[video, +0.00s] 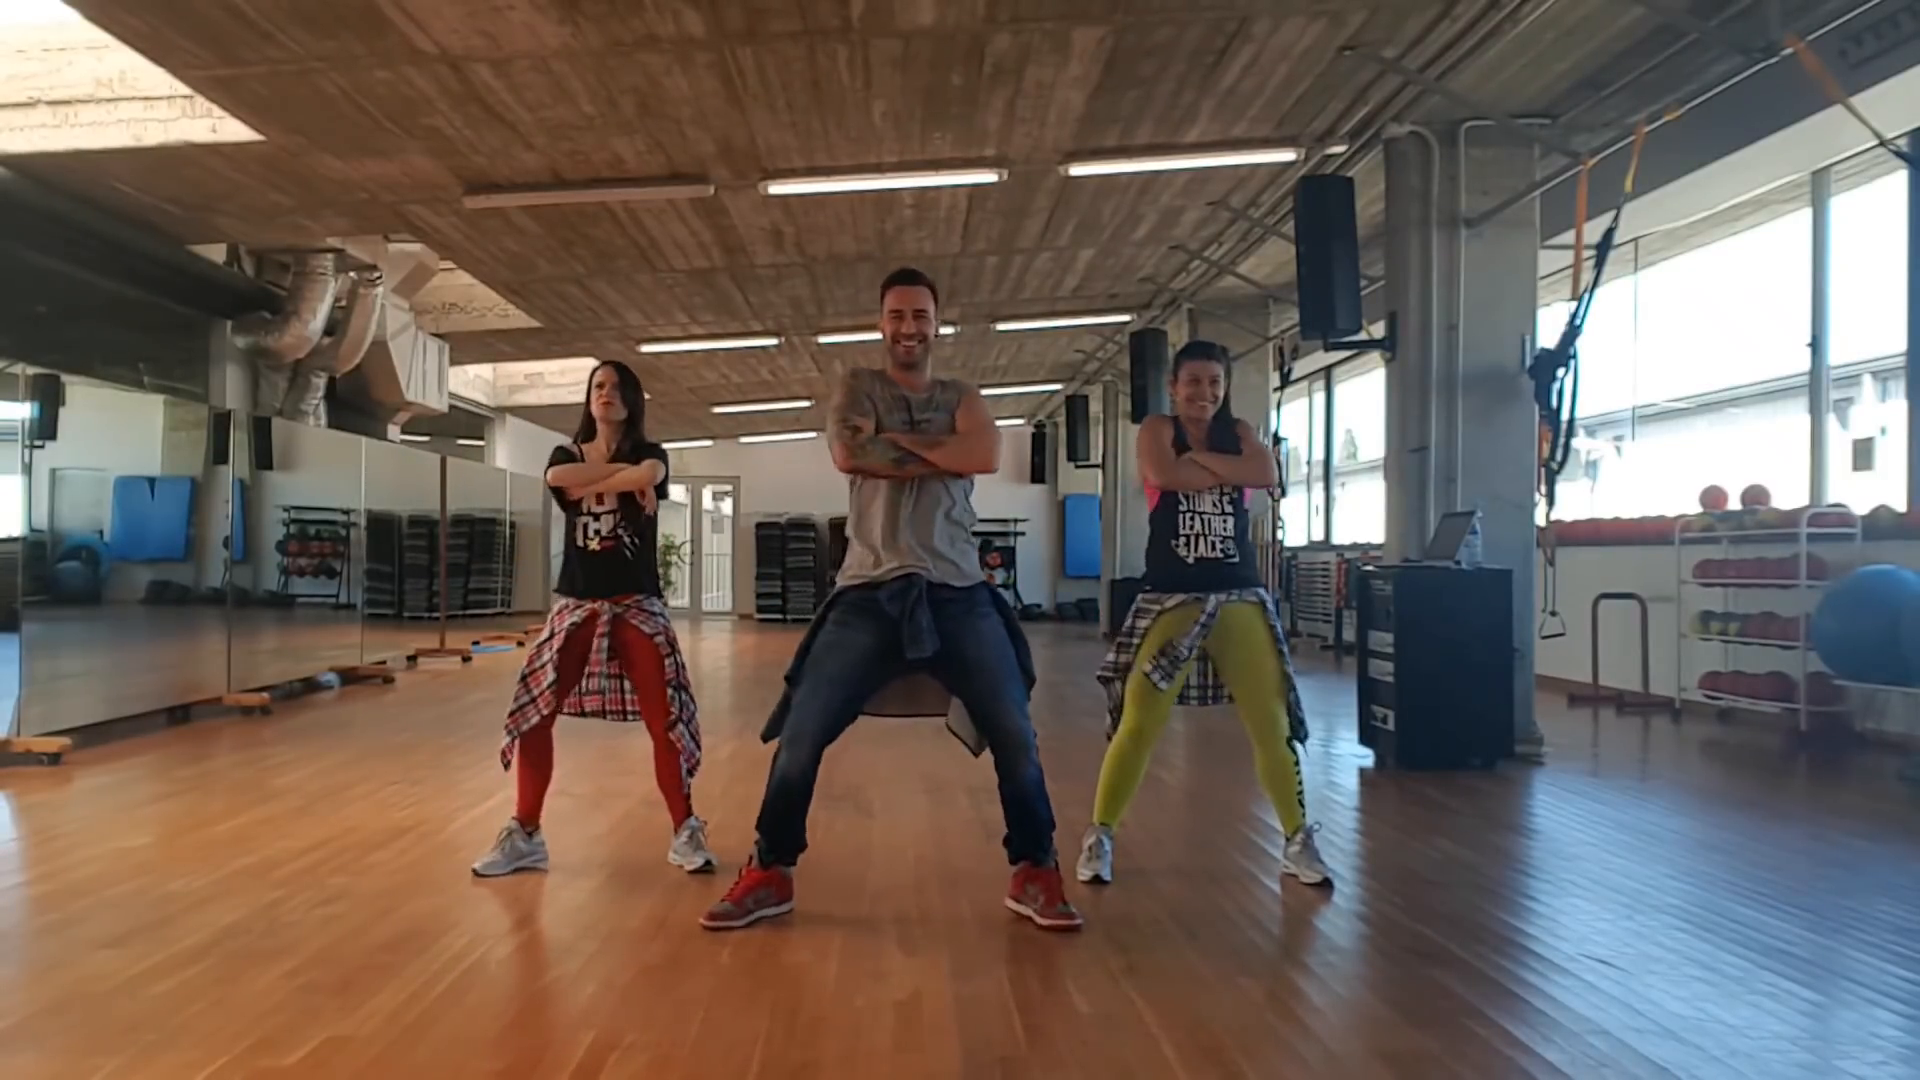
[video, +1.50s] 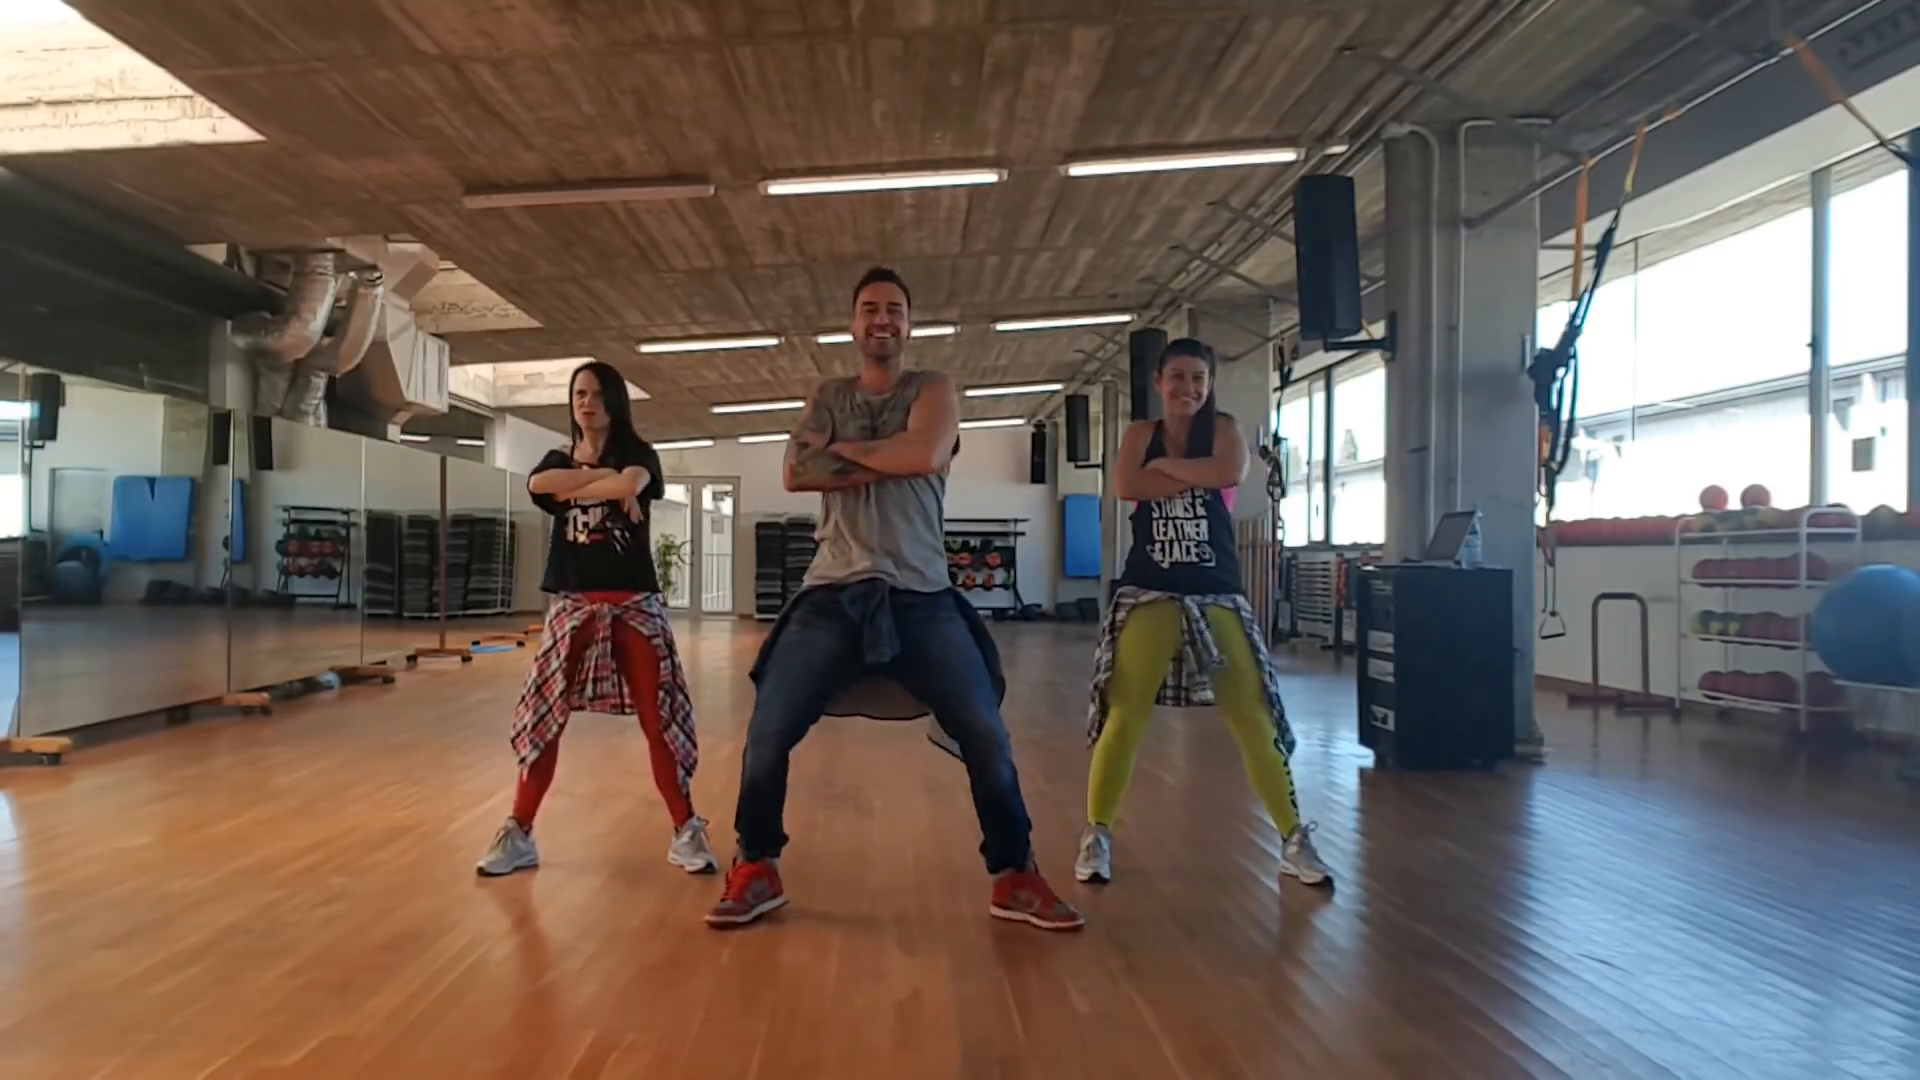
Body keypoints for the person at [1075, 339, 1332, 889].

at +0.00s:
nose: (1201, 392)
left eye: (1212, 383)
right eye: (1192, 382)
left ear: (1224, 388)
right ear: (1173, 385)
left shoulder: (1240, 431)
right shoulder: (1156, 429)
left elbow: (1265, 474)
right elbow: (1161, 475)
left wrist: (1194, 455)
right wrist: (1232, 469)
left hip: (1238, 594)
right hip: (1169, 596)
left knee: (1270, 723)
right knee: (1138, 724)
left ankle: (1298, 841)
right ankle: (1099, 838)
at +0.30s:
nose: (1201, 390)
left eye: (1210, 381)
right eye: (1190, 380)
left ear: (1221, 388)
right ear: (1170, 385)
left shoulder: (1234, 438)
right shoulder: (1157, 427)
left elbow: (1276, 480)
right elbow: (1198, 476)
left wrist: (1219, 456)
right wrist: (1247, 473)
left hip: (1240, 599)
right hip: (1174, 598)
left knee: (1269, 723)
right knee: (1144, 720)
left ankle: (1297, 842)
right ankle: (1100, 838)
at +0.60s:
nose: (1199, 390)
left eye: (1210, 381)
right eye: (1189, 380)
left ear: (1223, 386)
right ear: (1171, 385)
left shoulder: (1238, 424)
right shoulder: (1156, 433)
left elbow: (1229, 467)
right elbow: (1132, 482)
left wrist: (1162, 458)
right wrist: (1204, 466)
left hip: (1232, 593)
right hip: (1161, 593)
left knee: (1262, 717)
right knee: (1135, 716)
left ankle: (1297, 840)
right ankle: (1098, 837)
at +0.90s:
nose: (1211, 389)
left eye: (1220, 379)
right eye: (1200, 379)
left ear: (1231, 385)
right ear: (1180, 384)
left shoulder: (1245, 426)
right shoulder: (1161, 427)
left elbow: (1264, 469)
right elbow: (1162, 475)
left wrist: (1193, 453)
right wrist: (1234, 466)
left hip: (1236, 593)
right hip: (1167, 594)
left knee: (1273, 720)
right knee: (1135, 723)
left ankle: (1299, 841)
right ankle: (1098, 838)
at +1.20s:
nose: (1219, 385)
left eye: (1228, 376)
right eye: (1208, 376)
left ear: (1241, 384)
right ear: (1188, 384)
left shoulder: (1251, 432)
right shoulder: (1177, 428)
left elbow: (1291, 483)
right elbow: (1202, 480)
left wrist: (1229, 466)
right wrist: (1260, 482)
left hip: (1248, 597)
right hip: (1181, 597)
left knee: (1278, 724)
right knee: (1146, 719)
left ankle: (1298, 843)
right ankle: (1100, 838)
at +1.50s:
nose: (1186, 386)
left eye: (1196, 377)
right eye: (1177, 376)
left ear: (1209, 385)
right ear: (1158, 382)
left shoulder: (1222, 428)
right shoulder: (1140, 434)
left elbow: (1228, 473)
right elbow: (1125, 487)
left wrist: (1159, 466)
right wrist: (1193, 474)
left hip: (1216, 592)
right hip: (1148, 591)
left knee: (1253, 719)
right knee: (1125, 717)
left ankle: (1294, 841)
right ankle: (1096, 837)